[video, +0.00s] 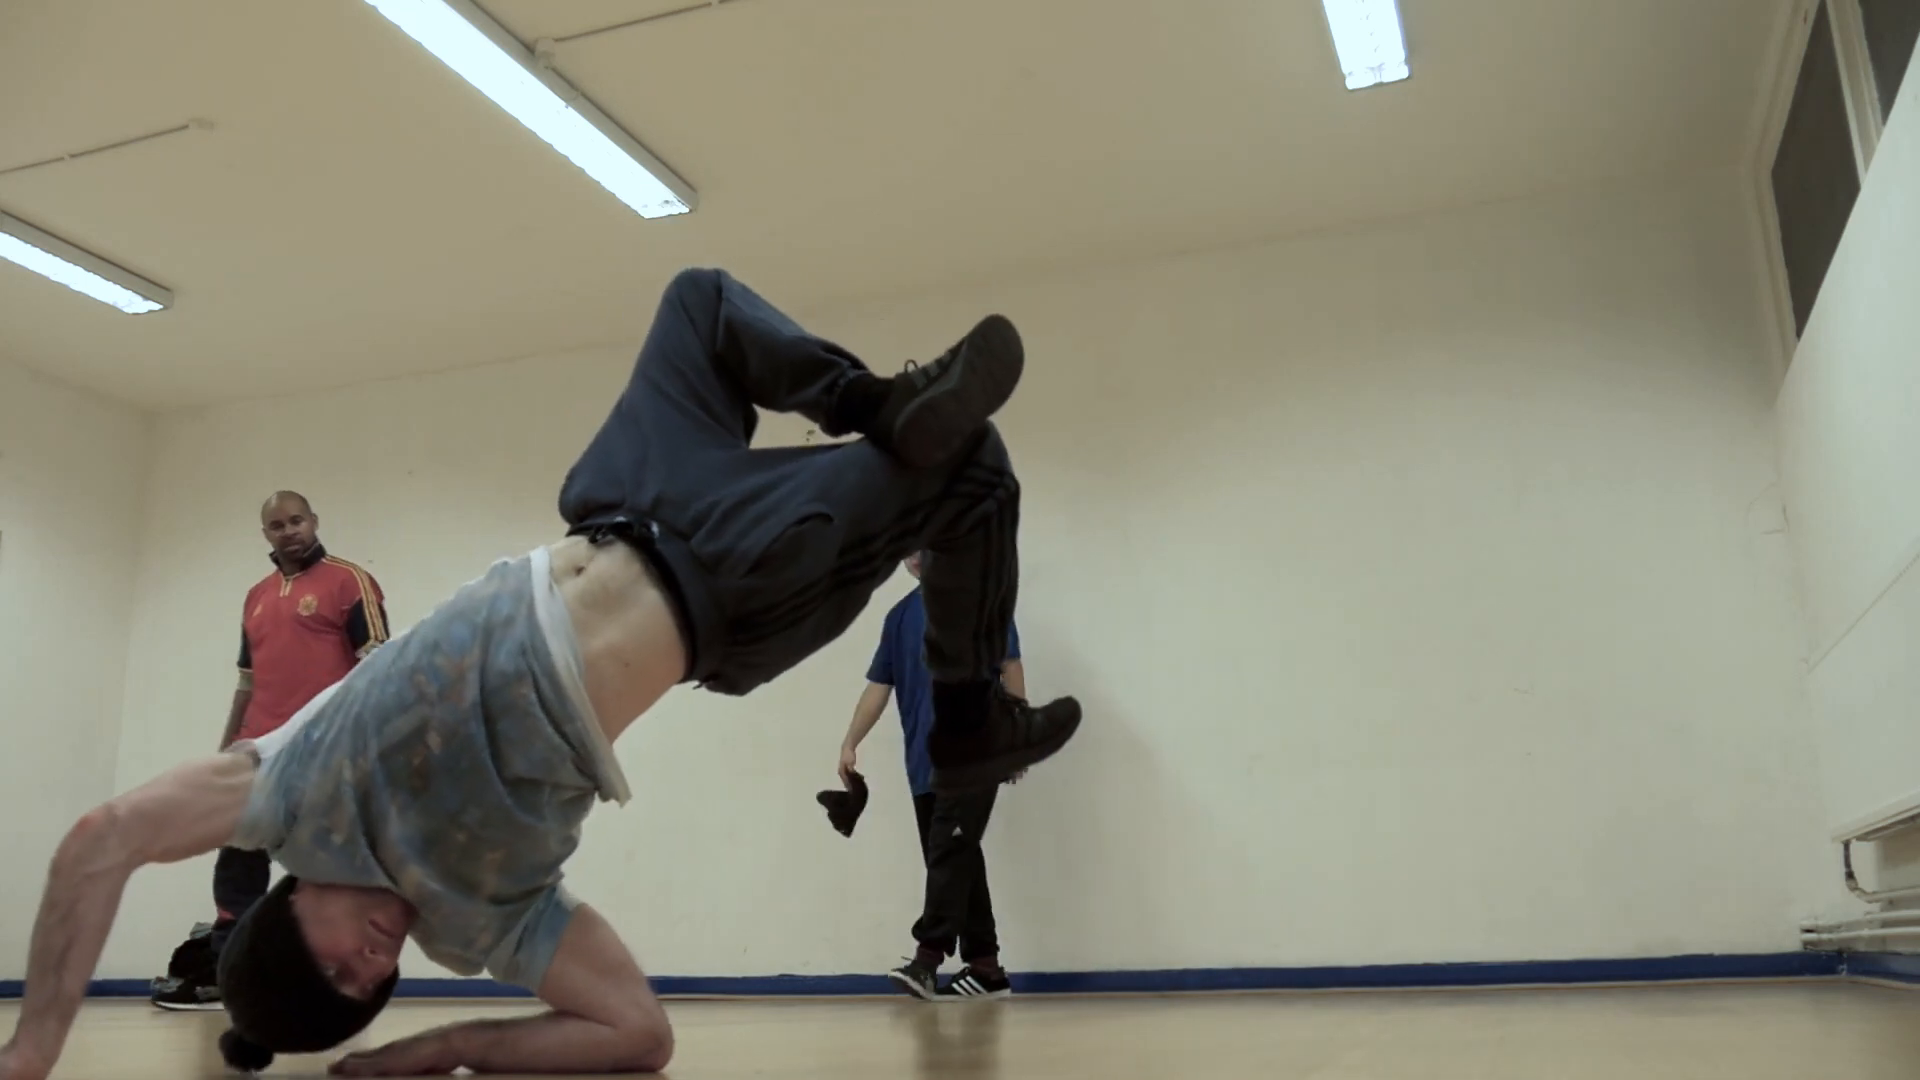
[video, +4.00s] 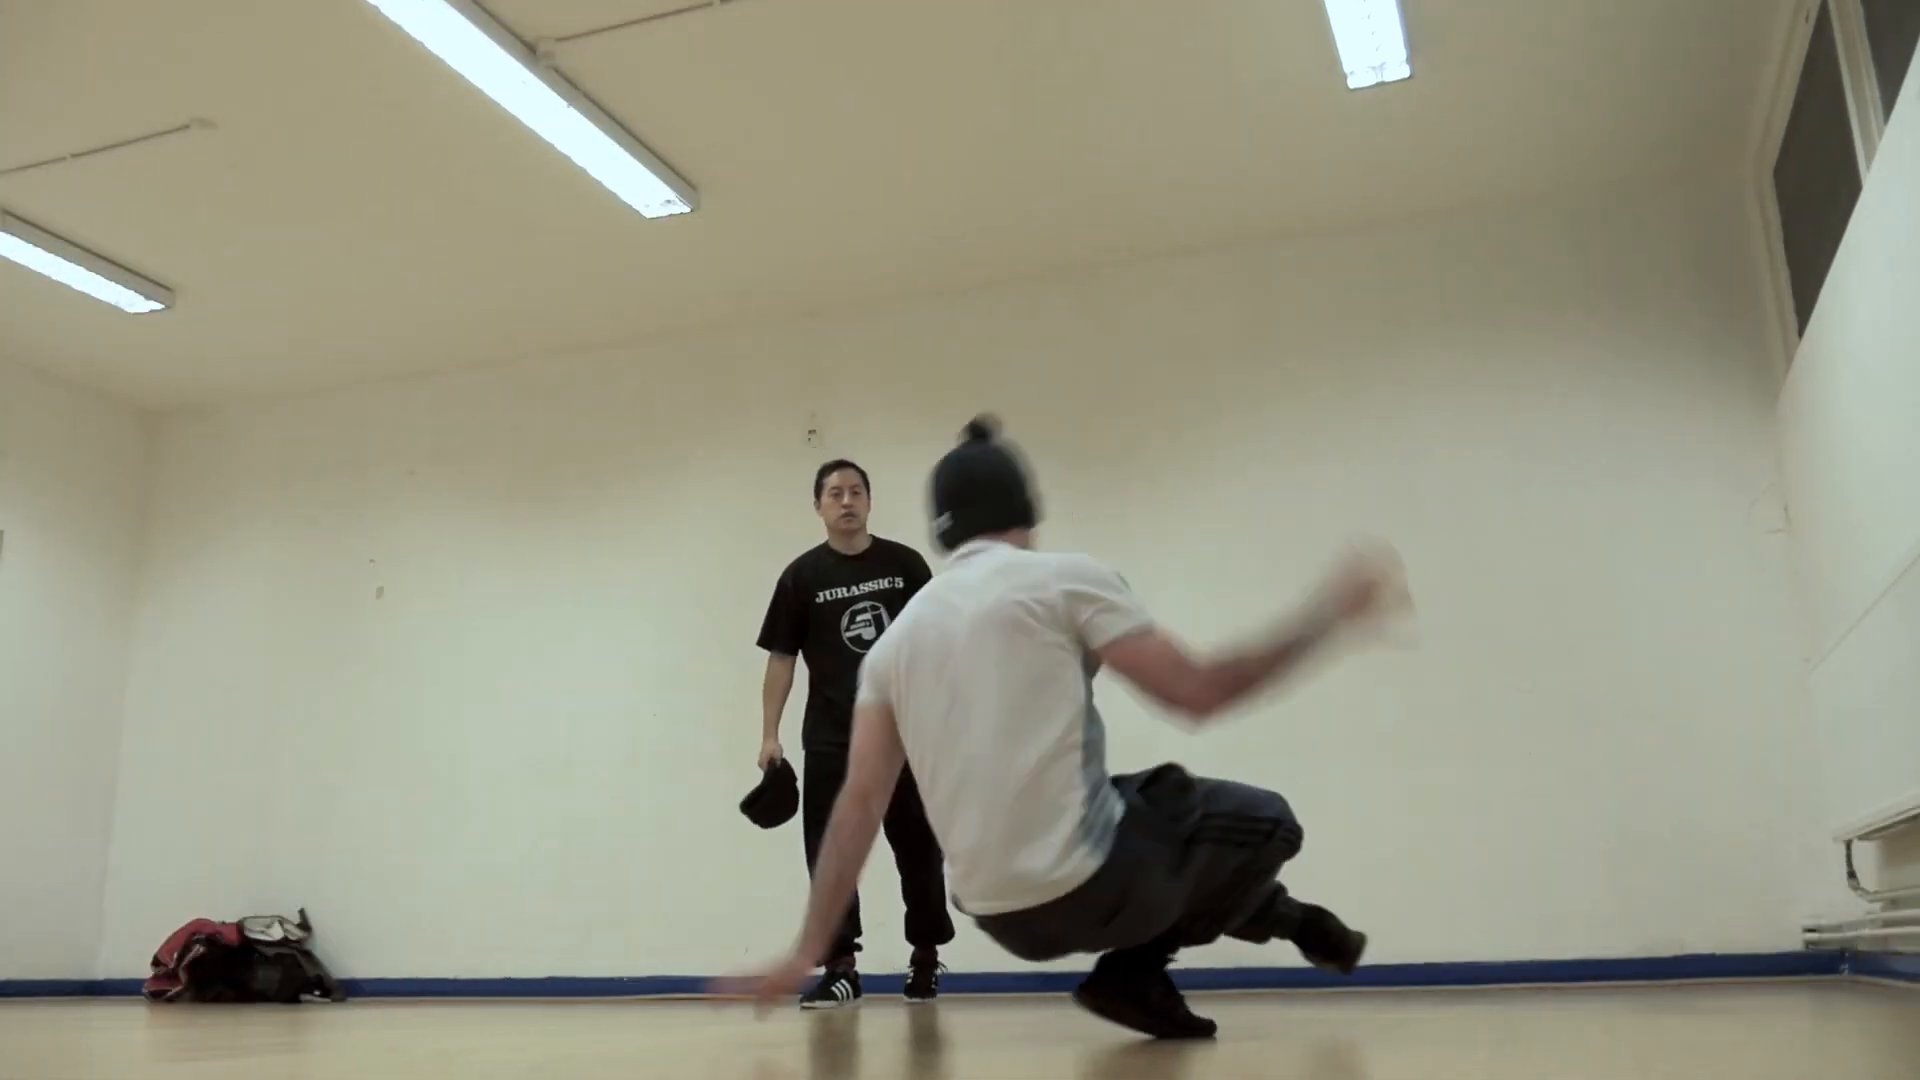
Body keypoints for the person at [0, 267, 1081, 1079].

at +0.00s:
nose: (371, 961)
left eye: (335, 970)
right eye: (364, 988)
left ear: (300, 919)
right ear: (374, 970)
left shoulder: (283, 792)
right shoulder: (490, 919)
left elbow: (96, 843)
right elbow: (640, 1038)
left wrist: (28, 1056)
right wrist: (440, 1055)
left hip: (619, 511)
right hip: (718, 602)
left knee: (700, 301)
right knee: (973, 462)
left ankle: (881, 405)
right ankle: (982, 718)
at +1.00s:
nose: (500, 547)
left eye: (475, 540)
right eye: (500, 553)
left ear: (442, 447)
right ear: (539, 529)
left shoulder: (491, 304)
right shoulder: (667, 525)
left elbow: (346, 522)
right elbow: (757, 816)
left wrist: (250, 840)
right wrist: (689, 1056)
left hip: (944, 403)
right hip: (1051, 540)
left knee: (487, 697)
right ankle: (1095, 928)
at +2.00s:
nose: (54, 437)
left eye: (21, 397)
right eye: (26, 444)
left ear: (40, 303)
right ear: (64, 415)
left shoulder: (166, 196)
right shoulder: (252, 494)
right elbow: (305, 804)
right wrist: (215, 1069)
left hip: (693, 321)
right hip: (839, 399)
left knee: (442, 811)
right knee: (1177, 702)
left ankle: (807, 943)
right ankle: (1816, 815)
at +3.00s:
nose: (694, 829)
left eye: (680, 808)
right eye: (680, 816)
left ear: (685, 761)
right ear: (752, 706)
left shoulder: (721, 723)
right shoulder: (871, 695)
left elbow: (701, 841)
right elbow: (1014, 808)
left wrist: (691, 1035)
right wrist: (1041, 1007)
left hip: (1000, 801)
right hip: (1077, 682)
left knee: (1258, 1021)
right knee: (1355, 777)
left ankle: (1559, 961)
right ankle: (1477, 818)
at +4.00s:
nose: (1035, 514)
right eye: (1030, 503)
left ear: (942, 527)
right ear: (1026, 510)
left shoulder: (895, 643)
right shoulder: (1059, 581)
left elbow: (858, 816)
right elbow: (1201, 691)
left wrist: (803, 957)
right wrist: (1328, 610)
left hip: (1007, 921)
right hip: (1101, 880)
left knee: (1163, 807)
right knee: (1265, 824)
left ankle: (1286, 919)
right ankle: (1136, 972)